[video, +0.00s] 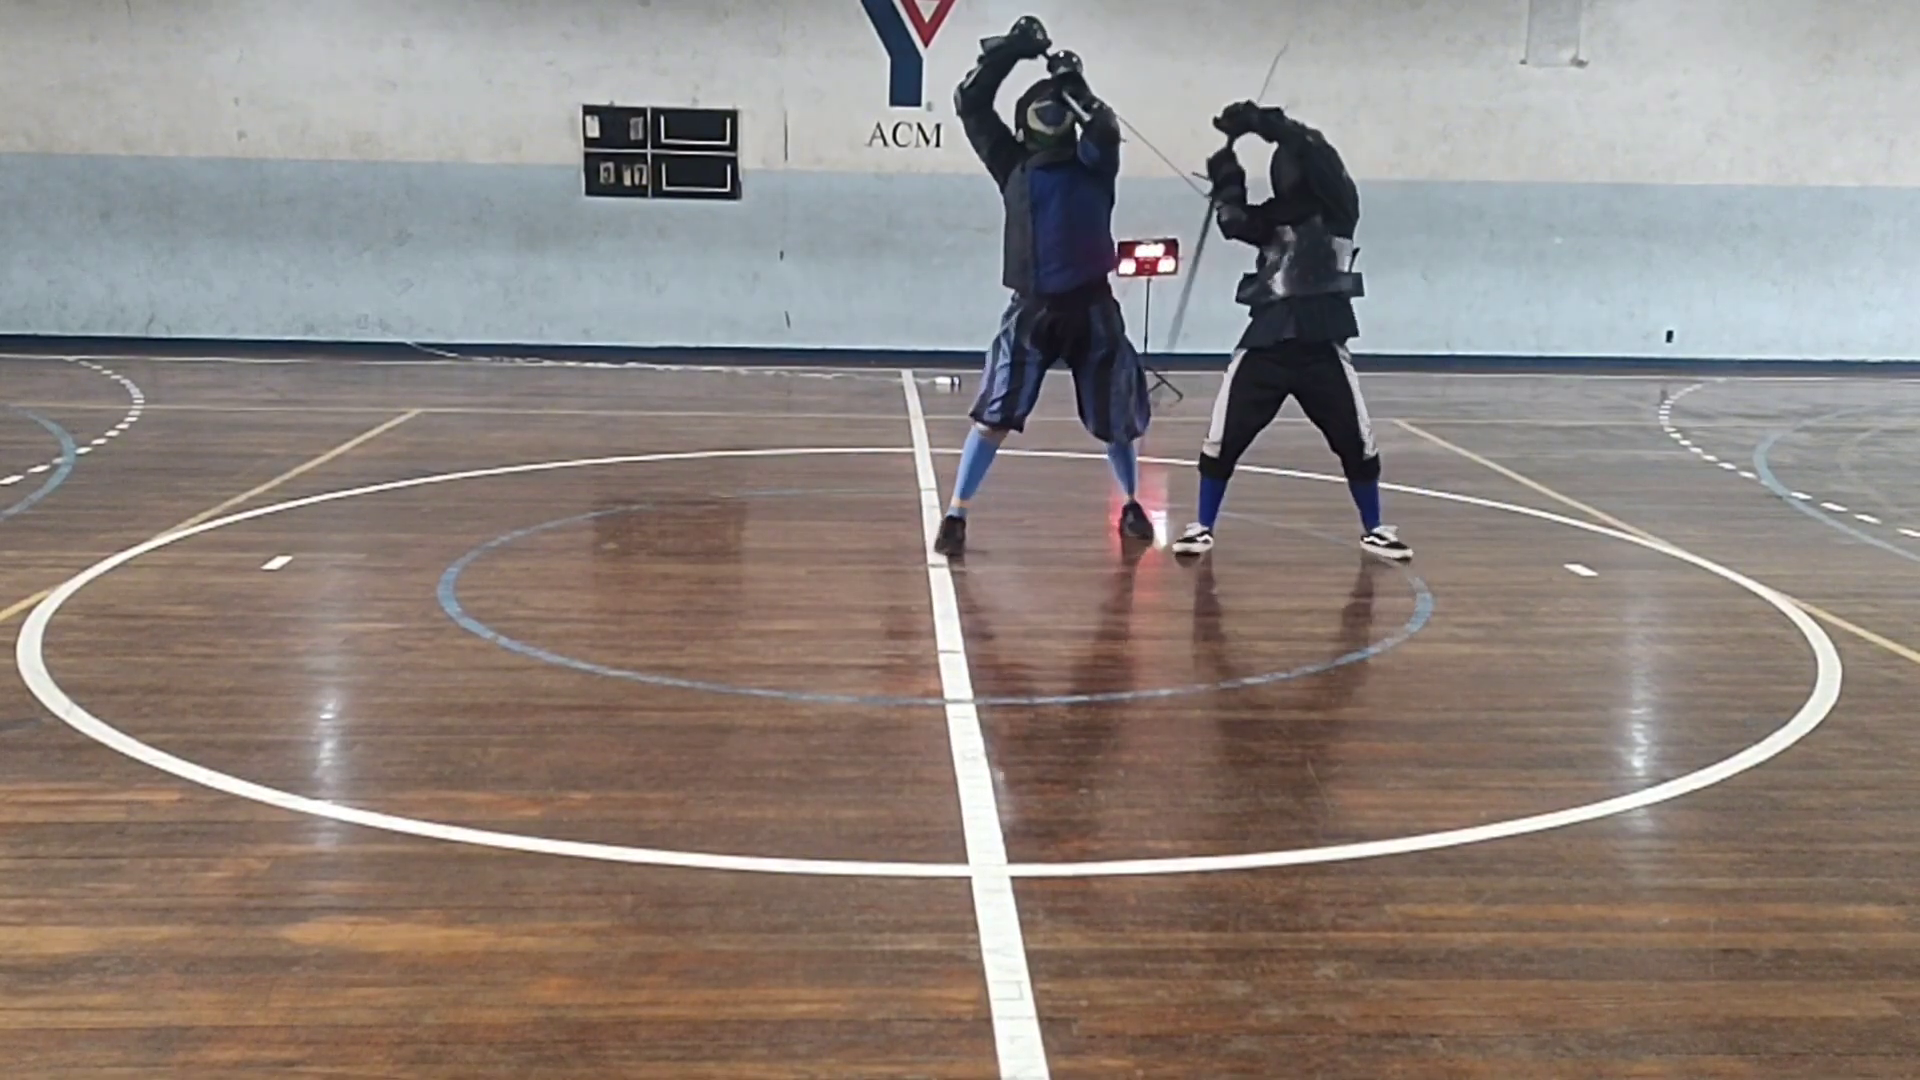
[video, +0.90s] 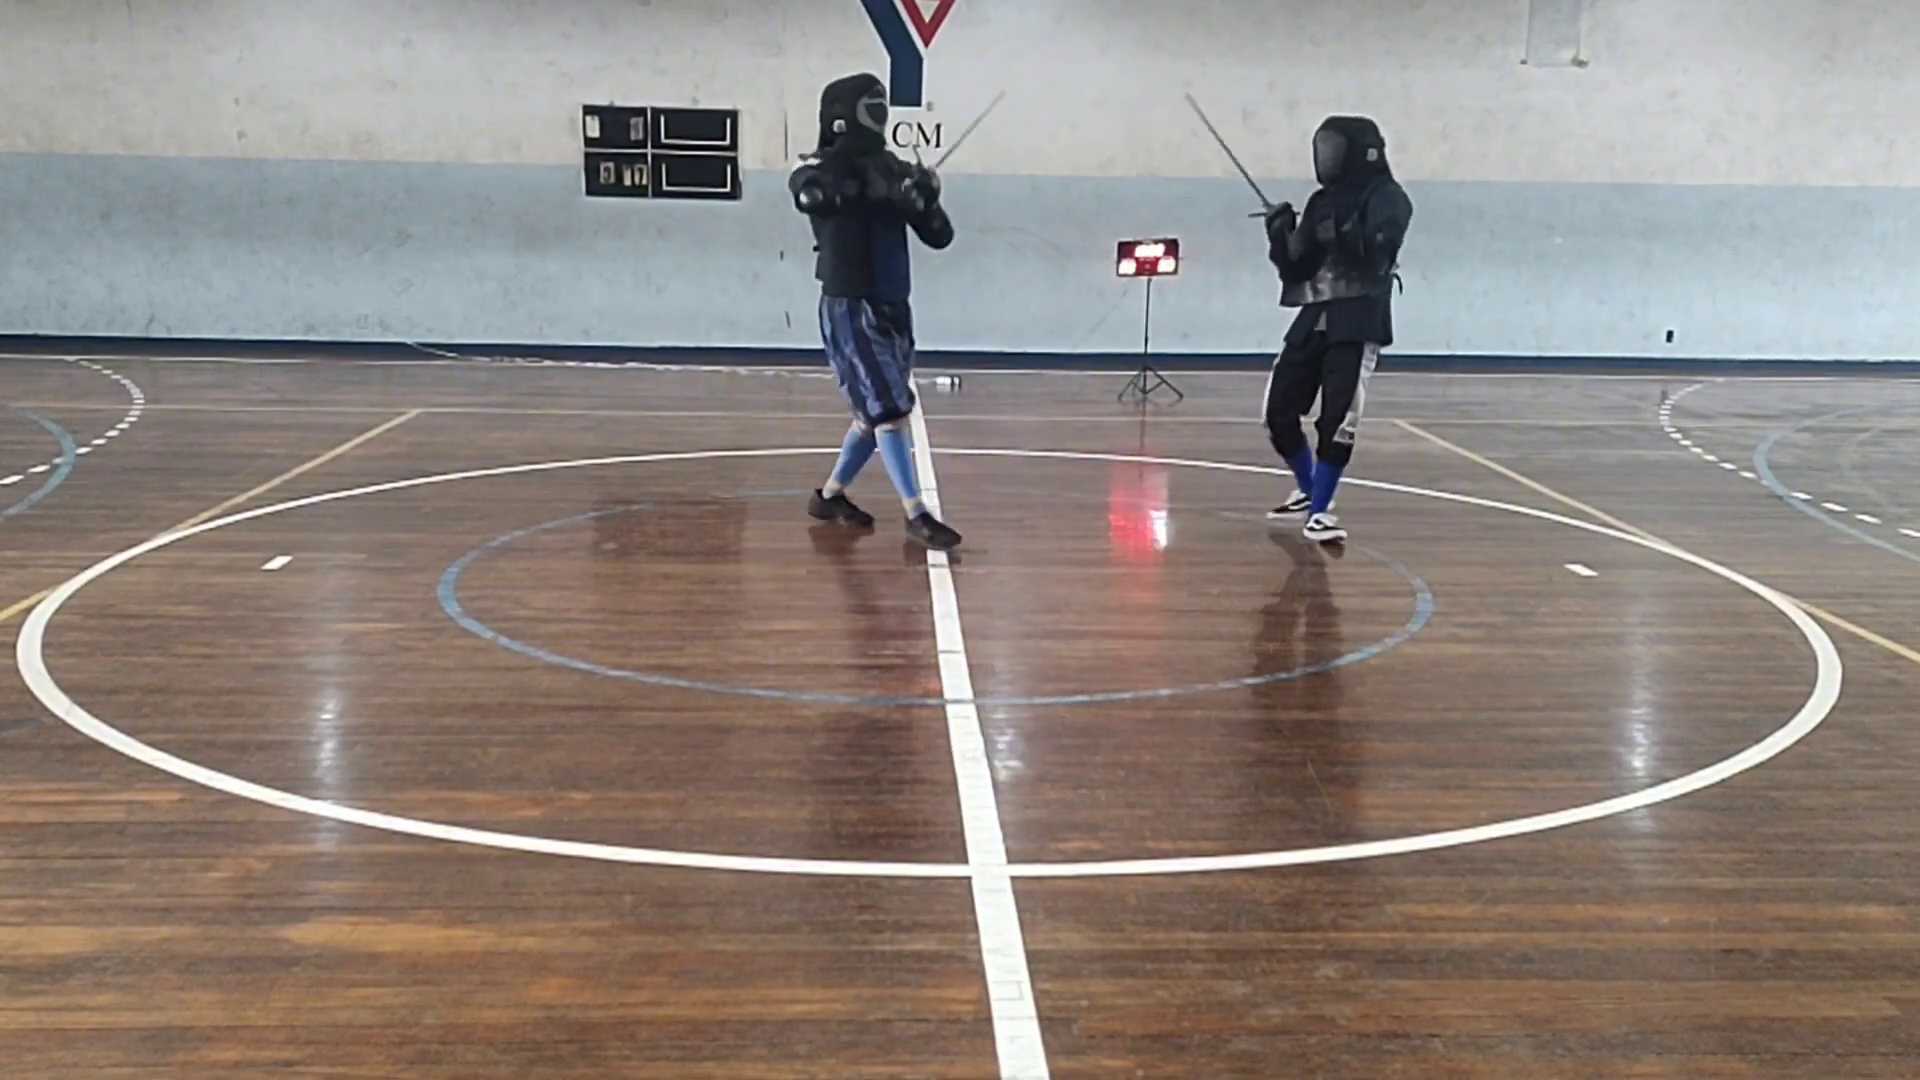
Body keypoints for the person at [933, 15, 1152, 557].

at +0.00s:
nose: (1051, 119)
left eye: (1058, 111)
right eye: (1040, 112)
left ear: (1073, 118)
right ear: (1024, 123)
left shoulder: (1096, 163)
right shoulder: (1012, 165)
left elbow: (1107, 131)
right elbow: (971, 102)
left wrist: (1079, 90)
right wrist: (1012, 47)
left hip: (1093, 309)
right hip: (1030, 310)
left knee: (1118, 418)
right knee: (994, 416)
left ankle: (1132, 508)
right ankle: (955, 515)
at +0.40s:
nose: (984, 137)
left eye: (990, 129)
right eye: (973, 130)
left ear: (1001, 133)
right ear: (952, 138)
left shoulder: (1022, 179)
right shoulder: (939, 183)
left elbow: (1056, 145)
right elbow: (896, 120)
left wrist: (1018, 106)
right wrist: (942, 67)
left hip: (1017, 321)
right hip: (955, 325)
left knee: (1063, 421)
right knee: (959, 426)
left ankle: (1109, 502)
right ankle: (953, 522)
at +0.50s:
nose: (968, 132)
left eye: (974, 124)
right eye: (955, 125)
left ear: (980, 130)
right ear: (931, 133)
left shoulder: (1001, 175)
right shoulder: (914, 177)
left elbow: (1042, 148)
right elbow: (874, 114)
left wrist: (998, 104)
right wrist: (924, 67)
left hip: (993, 319)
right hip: (934, 322)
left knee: (1031, 419)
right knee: (950, 427)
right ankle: (952, 519)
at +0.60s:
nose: (944, 135)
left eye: (949, 126)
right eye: (932, 126)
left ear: (957, 129)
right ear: (906, 133)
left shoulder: (977, 172)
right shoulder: (892, 177)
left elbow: (1024, 153)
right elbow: (852, 117)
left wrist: (978, 106)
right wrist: (902, 75)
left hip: (972, 317)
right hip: (918, 319)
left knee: (972, 427)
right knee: (945, 421)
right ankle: (950, 520)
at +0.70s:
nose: (924, 126)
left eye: (928, 119)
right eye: (914, 120)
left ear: (935, 122)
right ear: (889, 125)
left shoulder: (951, 167)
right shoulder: (869, 170)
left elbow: (1000, 178)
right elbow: (831, 126)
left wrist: (959, 117)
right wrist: (883, 93)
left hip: (949, 314)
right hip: (900, 315)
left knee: (941, 423)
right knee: (934, 420)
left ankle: (869, 473)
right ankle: (951, 523)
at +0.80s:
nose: (900, 124)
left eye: (903, 115)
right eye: (890, 115)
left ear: (907, 121)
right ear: (864, 121)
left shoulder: (921, 163)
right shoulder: (847, 168)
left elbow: (974, 212)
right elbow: (816, 150)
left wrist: (943, 156)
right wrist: (888, 129)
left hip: (920, 305)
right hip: (875, 306)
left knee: (899, 415)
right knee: (916, 413)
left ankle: (837, 488)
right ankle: (945, 517)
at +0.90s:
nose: (882, 117)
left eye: (883, 109)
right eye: (873, 108)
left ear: (882, 115)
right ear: (845, 114)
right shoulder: (823, 167)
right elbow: (813, 194)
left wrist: (927, 202)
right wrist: (881, 184)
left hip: (893, 303)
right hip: (849, 304)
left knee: (880, 410)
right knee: (889, 409)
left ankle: (830, 496)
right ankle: (917, 517)